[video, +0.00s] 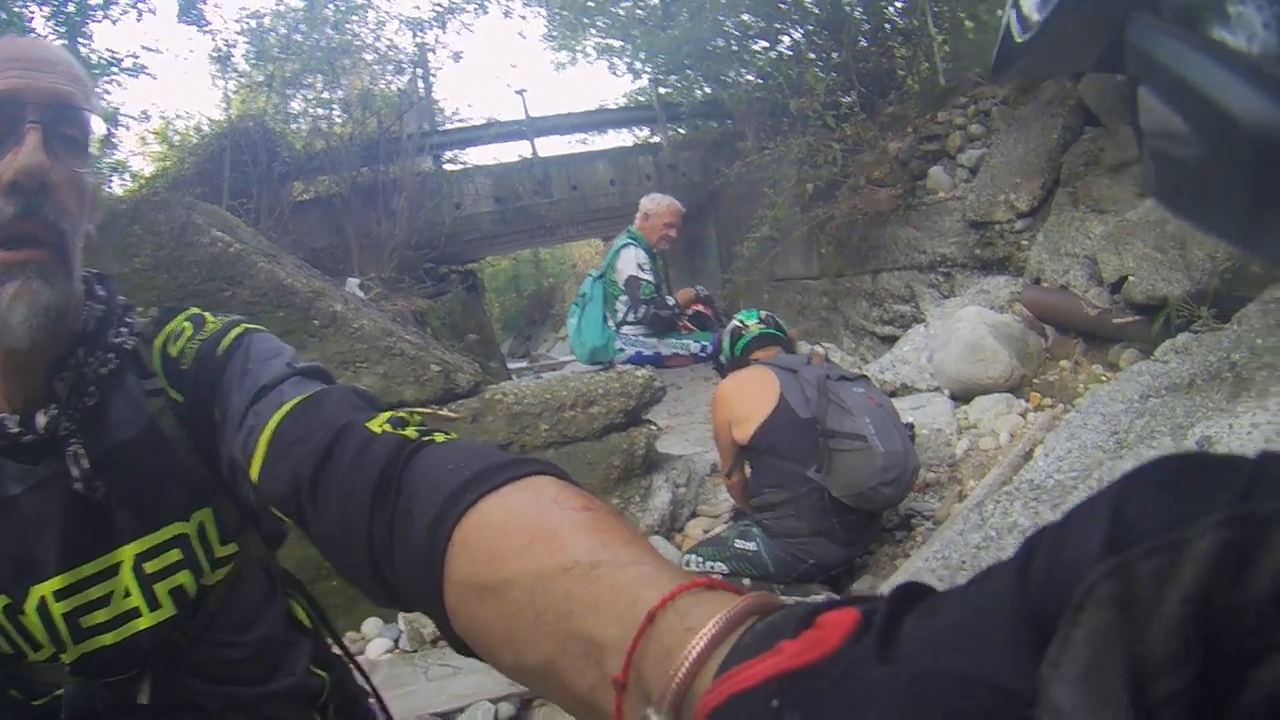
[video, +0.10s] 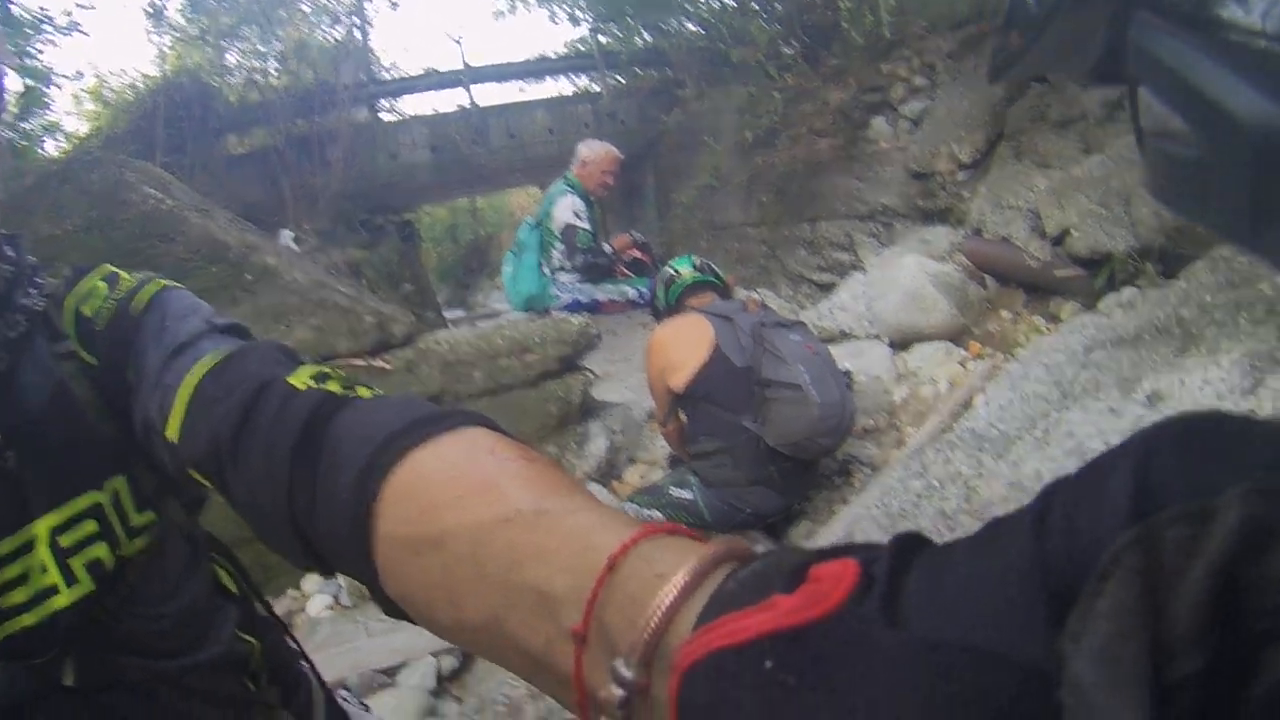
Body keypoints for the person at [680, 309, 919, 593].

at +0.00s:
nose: (721, 366)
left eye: (724, 357)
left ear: (732, 353)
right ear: (787, 343)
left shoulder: (731, 390)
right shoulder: (821, 366)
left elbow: (734, 477)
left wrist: (759, 516)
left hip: (807, 545)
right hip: (864, 528)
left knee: (694, 561)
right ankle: (835, 574)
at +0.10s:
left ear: (664, 303)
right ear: (725, 286)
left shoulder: (667, 338)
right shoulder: (757, 312)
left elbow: (668, 424)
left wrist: (695, 461)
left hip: (739, 495)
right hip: (799, 476)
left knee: (626, 519)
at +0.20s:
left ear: (626, 258)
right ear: (685, 236)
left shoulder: (625, 292)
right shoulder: (718, 265)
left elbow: (631, 376)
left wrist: (655, 414)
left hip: (709, 449)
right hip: (768, 428)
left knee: (599, 466)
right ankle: (750, 468)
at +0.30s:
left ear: (642, 262)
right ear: (704, 244)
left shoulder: (639, 296)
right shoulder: (735, 270)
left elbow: (646, 385)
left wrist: (669, 419)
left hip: (718, 459)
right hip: (778, 437)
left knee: (609, 474)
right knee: (659, 430)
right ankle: (753, 477)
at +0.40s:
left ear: (654, 257)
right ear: (714, 240)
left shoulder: (650, 293)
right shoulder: (746, 264)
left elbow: (660, 383)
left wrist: (678, 418)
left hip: (730, 453)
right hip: (790, 432)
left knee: (627, 471)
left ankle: (727, 499)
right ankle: (770, 476)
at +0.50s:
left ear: (652, 231)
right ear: (711, 214)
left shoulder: (646, 266)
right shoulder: (745, 240)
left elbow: (654, 356)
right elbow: (819, 303)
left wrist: (674, 394)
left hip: (721, 425)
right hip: (784, 408)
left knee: (621, 448)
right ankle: (768, 449)